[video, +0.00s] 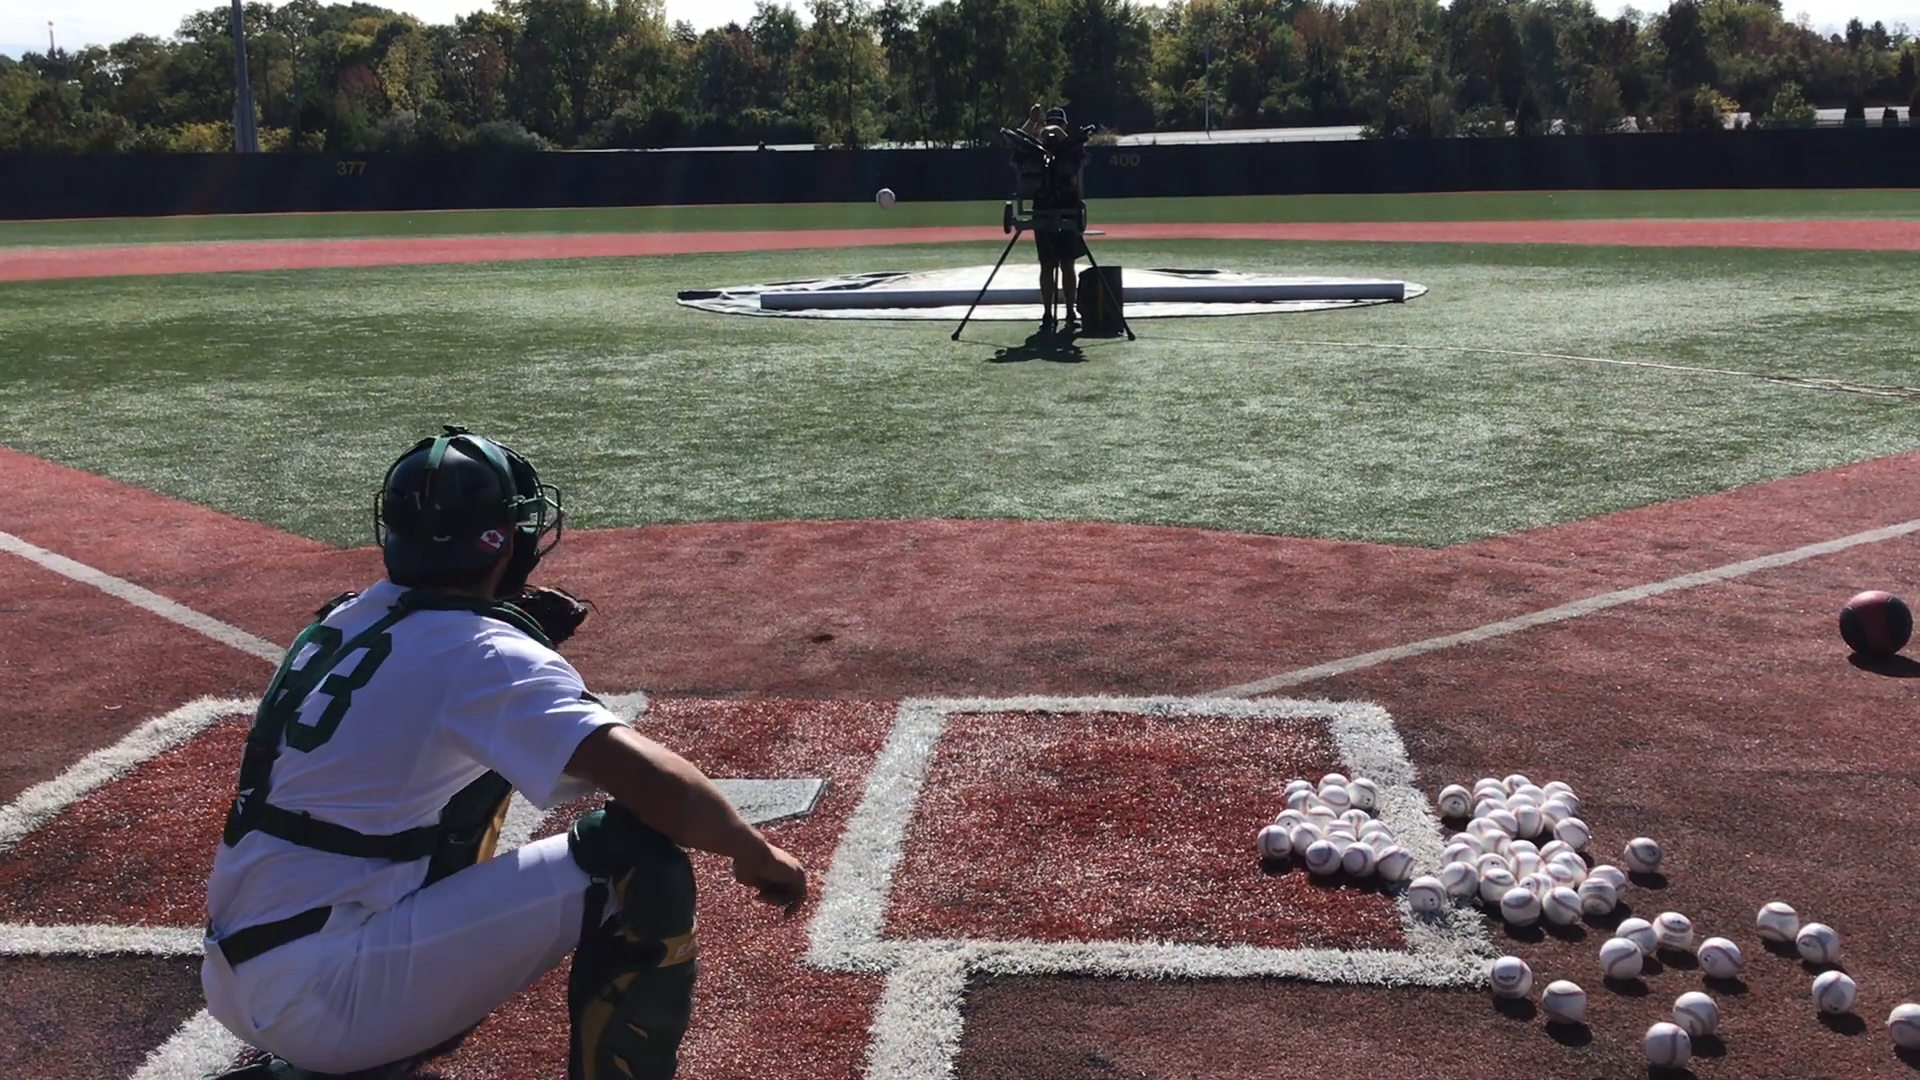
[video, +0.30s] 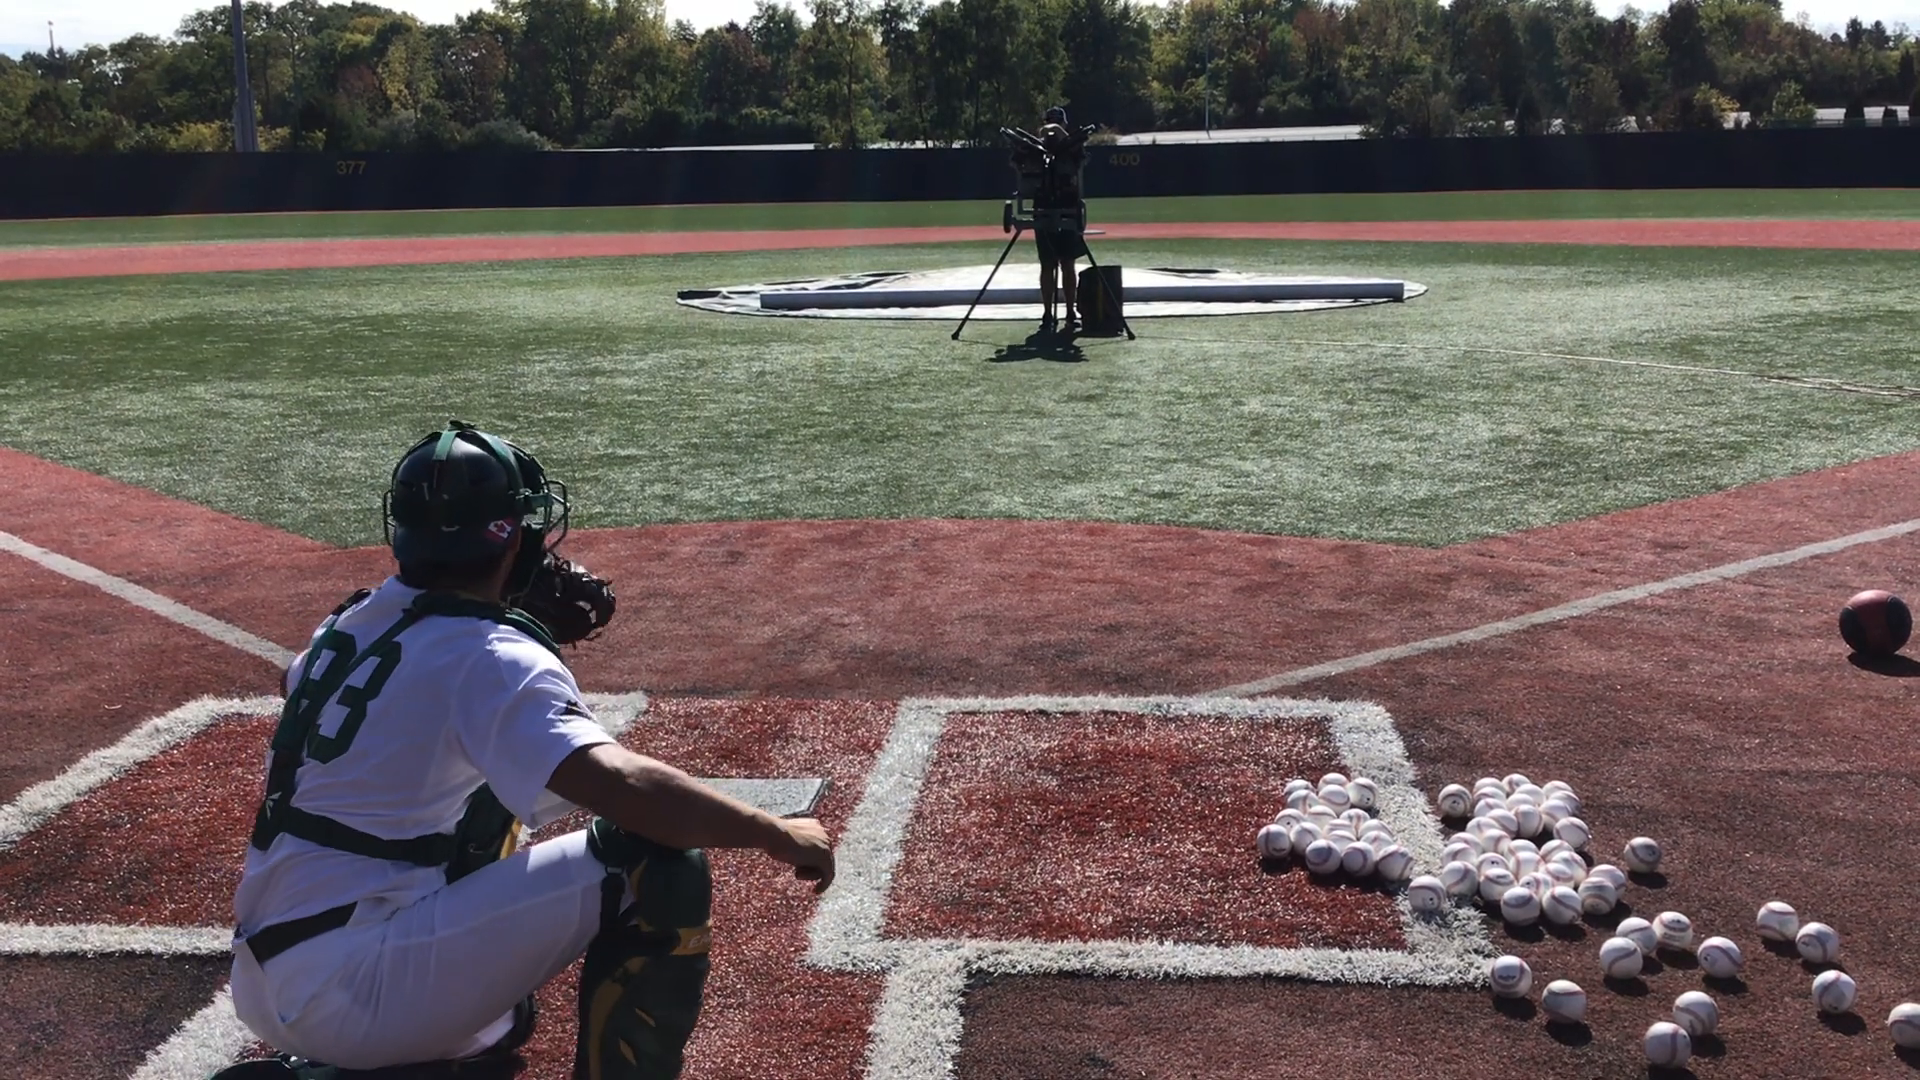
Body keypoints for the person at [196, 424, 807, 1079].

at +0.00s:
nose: (529, 546)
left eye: (527, 533)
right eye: (521, 534)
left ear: (398, 546)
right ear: (497, 553)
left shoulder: (343, 616)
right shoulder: (476, 650)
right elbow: (650, 778)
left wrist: (499, 628)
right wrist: (749, 847)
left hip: (238, 970)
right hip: (320, 995)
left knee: (479, 781)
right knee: (635, 856)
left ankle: (387, 1022)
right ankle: (617, 1064)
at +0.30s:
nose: (540, 548)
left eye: (538, 532)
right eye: (532, 534)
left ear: (406, 542)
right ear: (508, 548)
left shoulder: (352, 619)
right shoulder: (489, 656)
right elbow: (617, 785)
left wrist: (509, 619)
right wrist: (771, 831)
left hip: (267, 974)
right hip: (349, 991)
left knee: (491, 804)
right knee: (652, 861)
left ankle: (471, 1028)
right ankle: (623, 1063)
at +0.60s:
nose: (540, 501)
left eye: (540, 482)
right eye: (533, 483)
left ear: (418, 487)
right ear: (502, 493)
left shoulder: (355, 569)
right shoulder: (503, 599)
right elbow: (651, 755)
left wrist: (546, 640)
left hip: (277, 924)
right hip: (380, 919)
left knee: (494, 1013)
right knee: (691, 842)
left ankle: (307, 1059)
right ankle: (626, 1065)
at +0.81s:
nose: (540, 450)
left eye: (540, 431)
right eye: (531, 431)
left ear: (419, 435)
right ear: (496, 440)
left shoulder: (327, 538)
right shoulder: (507, 550)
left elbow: (315, 709)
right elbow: (580, 757)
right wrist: (610, 767)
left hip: (307, 866)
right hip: (421, 850)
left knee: (486, 1013)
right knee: (714, 857)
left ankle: (262, 1064)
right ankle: (632, 1067)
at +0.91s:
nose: (534, 429)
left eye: (533, 409)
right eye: (523, 411)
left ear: (417, 414)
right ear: (481, 417)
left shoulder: (314, 521)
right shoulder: (506, 527)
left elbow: (276, 683)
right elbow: (558, 712)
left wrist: (424, 684)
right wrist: (620, 769)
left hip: (324, 843)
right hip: (439, 823)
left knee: (482, 1019)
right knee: (725, 862)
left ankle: (266, 1058)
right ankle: (633, 1066)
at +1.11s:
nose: (527, 410)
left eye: (527, 391)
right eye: (517, 391)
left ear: (414, 384)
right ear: (473, 395)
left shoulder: (305, 493)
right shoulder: (510, 505)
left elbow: (247, 647)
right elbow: (577, 680)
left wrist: (364, 658)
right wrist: (684, 747)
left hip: (363, 810)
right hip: (487, 796)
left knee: (490, 1007)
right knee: (722, 913)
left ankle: (338, 1024)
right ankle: (527, 1059)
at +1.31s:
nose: (546, 408)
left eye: (544, 390)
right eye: (535, 392)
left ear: (426, 391)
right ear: (496, 404)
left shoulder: (321, 505)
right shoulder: (544, 515)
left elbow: (264, 661)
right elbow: (614, 691)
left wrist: (374, 656)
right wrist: (698, 756)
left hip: (391, 813)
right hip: (525, 819)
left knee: (474, 997)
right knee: (653, 1011)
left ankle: (370, 1025)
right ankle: (506, 1058)